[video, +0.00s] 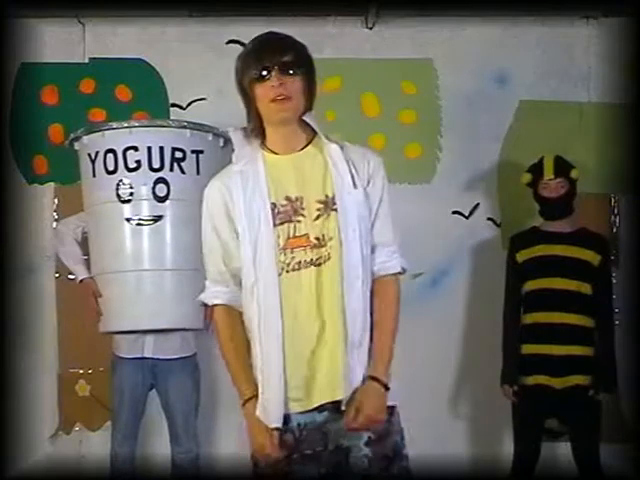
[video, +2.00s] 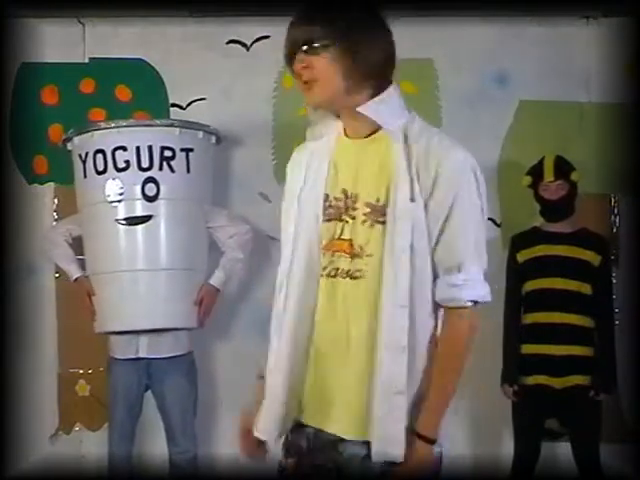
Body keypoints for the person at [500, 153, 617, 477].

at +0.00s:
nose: (552, 192)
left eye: (559, 184)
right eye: (544, 185)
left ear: (572, 187)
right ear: (535, 193)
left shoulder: (596, 245)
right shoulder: (520, 244)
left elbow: (604, 314)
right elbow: (511, 312)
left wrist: (606, 373)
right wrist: (509, 369)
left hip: (581, 373)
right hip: (531, 374)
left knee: (588, 461)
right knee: (524, 460)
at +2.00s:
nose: (552, 193)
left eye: (559, 185)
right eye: (544, 187)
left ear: (572, 188)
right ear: (535, 193)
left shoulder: (596, 246)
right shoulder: (521, 245)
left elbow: (604, 315)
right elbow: (512, 312)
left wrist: (605, 373)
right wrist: (509, 369)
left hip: (580, 376)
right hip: (531, 376)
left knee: (588, 462)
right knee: (524, 461)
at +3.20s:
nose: (532, 193)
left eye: (540, 185)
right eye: (532, 185)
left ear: (559, 188)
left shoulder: (596, 246)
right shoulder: (526, 244)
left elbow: (603, 317)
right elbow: (516, 312)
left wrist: (598, 375)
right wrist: (507, 365)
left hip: (578, 376)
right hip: (529, 374)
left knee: (587, 460)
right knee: (524, 458)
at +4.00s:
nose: (537, 195)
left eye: (544, 185)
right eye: (534, 187)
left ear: (565, 189)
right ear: (532, 191)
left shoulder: (598, 247)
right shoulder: (525, 244)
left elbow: (604, 318)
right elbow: (515, 311)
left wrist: (602, 377)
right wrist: (509, 367)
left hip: (580, 380)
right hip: (530, 379)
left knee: (588, 463)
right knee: (524, 462)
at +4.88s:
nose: (553, 197)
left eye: (561, 188)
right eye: (545, 189)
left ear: (573, 190)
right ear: (534, 194)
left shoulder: (596, 246)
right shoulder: (519, 246)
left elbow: (605, 314)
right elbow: (511, 314)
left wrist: (607, 373)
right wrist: (510, 370)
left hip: (582, 375)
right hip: (532, 375)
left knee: (589, 462)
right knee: (524, 460)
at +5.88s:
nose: (577, 195)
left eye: (585, 187)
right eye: (570, 186)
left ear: (597, 192)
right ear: (557, 190)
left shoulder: (610, 250)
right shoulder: (533, 241)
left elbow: (618, 319)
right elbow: (489, 269)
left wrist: (623, 379)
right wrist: (509, 224)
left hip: (587, 370)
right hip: (538, 367)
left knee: (591, 460)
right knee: (528, 458)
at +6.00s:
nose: (579, 192)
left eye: (587, 185)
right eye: (572, 185)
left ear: (599, 192)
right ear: (561, 189)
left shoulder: (611, 251)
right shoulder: (537, 238)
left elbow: (618, 320)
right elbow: (494, 274)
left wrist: (622, 379)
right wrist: (492, 230)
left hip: (587, 367)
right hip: (538, 364)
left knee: (591, 459)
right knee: (528, 458)